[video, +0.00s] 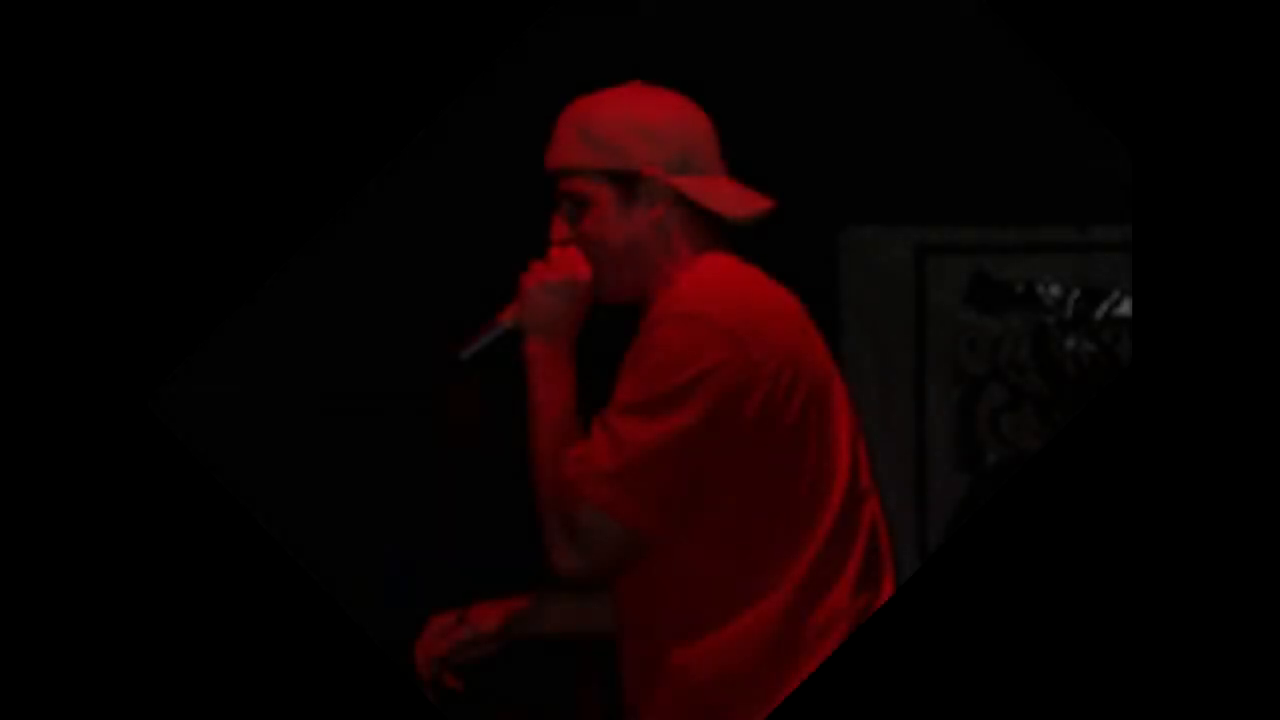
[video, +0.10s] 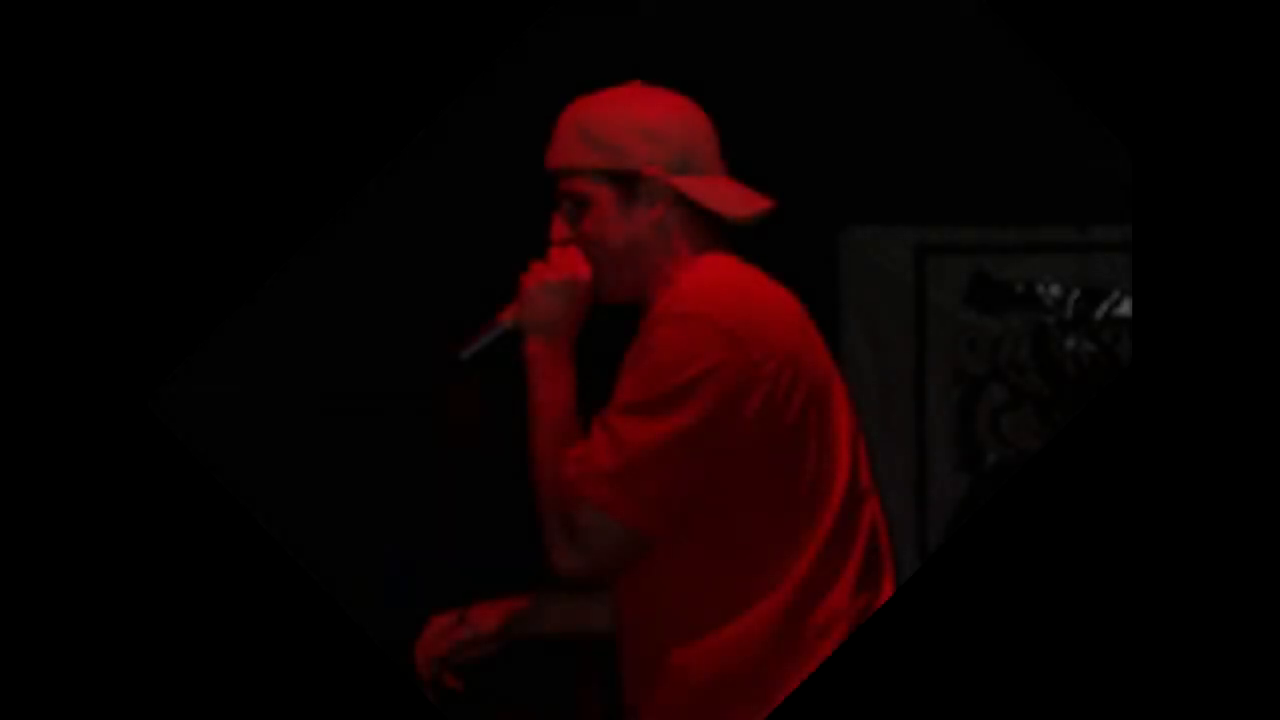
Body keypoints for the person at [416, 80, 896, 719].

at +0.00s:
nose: (559, 234)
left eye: (577, 207)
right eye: (559, 208)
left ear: (654, 203)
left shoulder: (704, 317)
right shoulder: (741, 305)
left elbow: (578, 541)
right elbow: (698, 578)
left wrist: (547, 345)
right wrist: (518, 624)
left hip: (737, 696)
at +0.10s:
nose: (559, 234)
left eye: (577, 206)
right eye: (559, 208)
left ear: (654, 202)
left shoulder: (706, 317)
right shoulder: (737, 306)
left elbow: (578, 541)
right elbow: (696, 578)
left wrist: (547, 345)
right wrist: (518, 623)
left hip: (738, 696)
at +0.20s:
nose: (558, 234)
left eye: (577, 207)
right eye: (559, 209)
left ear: (653, 203)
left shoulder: (705, 317)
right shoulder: (739, 306)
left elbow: (578, 542)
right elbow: (696, 578)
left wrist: (548, 346)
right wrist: (519, 623)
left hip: (738, 696)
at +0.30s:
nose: (559, 234)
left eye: (577, 207)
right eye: (559, 209)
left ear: (653, 202)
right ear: (647, 205)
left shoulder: (705, 317)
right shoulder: (740, 306)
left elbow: (579, 542)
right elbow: (698, 577)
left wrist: (548, 346)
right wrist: (519, 622)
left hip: (738, 697)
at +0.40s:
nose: (560, 234)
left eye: (578, 207)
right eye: (559, 209)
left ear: (653, 202)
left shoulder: (705, 317)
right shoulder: (740, 306)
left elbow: (578, 541)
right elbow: (698, 580)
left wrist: (548, 346)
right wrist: (520, 623)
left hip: (737, 697)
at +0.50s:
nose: (559, 233)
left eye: (577, 206)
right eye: (559, 208)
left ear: (652, 202)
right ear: (650, 204)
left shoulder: (704, 319)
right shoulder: (745, 306)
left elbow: (578, 543)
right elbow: (700, 581)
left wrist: (547, 345)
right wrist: (519, 622)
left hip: (736, 698)